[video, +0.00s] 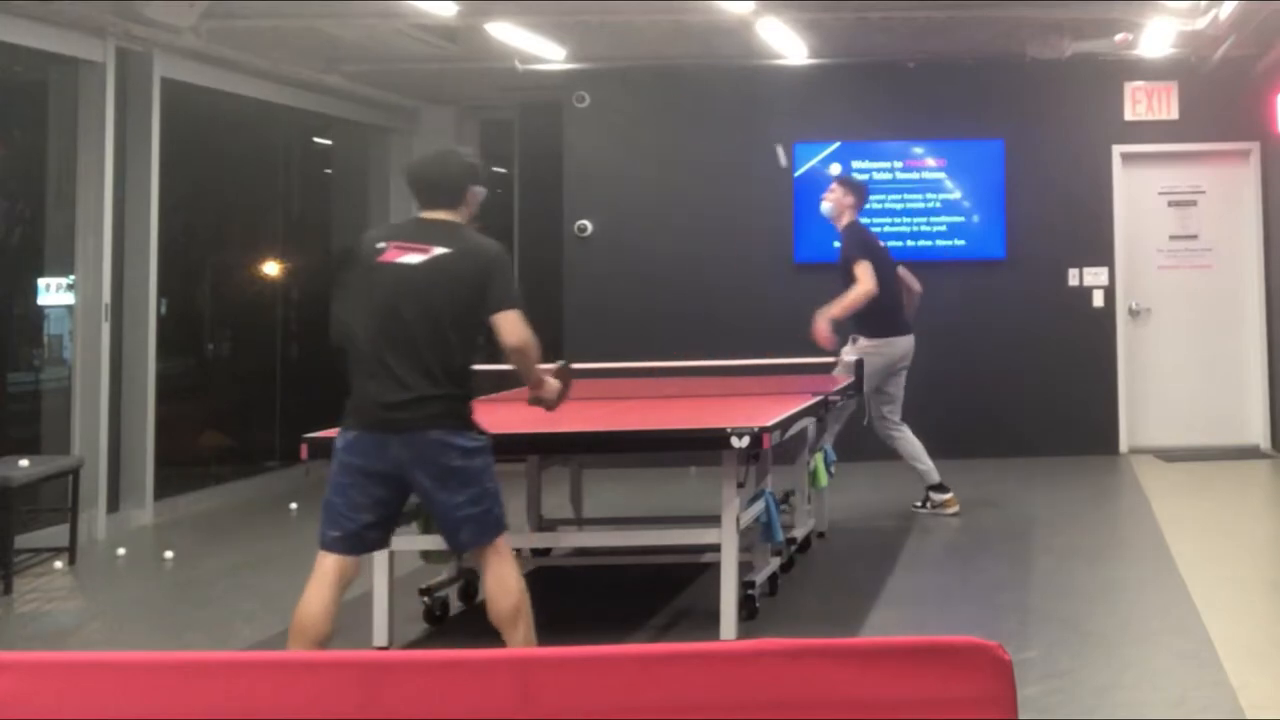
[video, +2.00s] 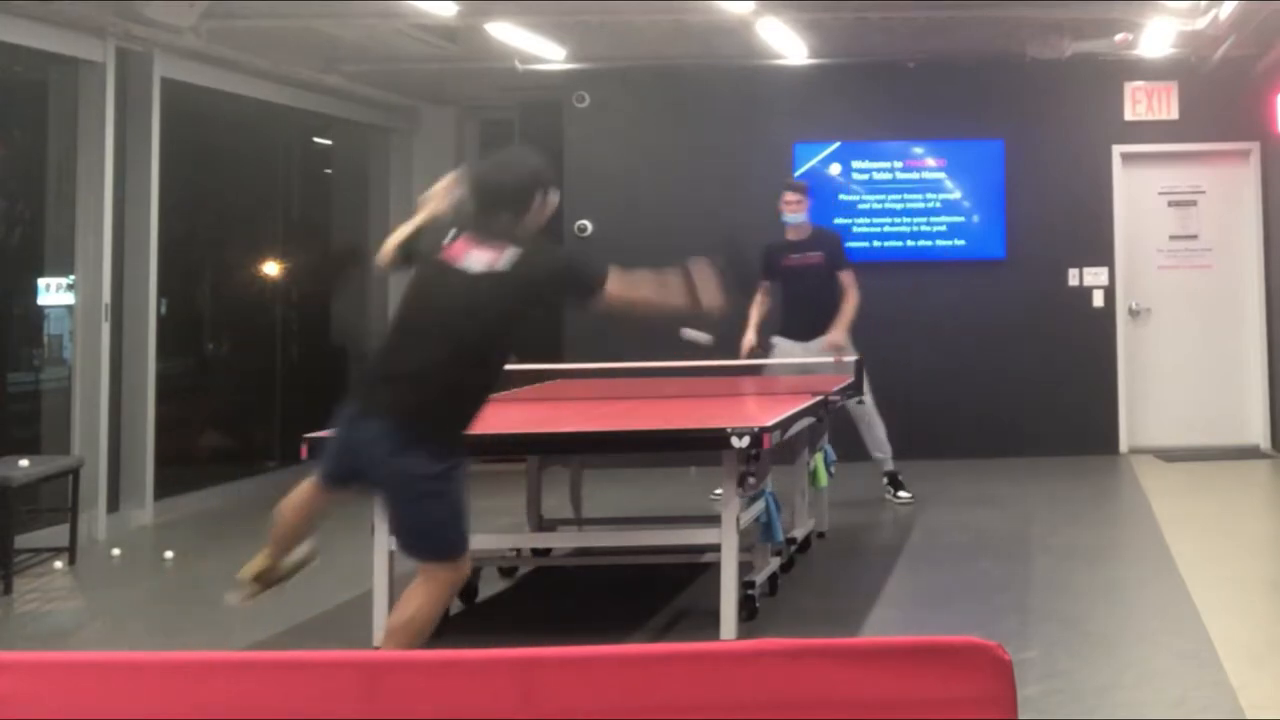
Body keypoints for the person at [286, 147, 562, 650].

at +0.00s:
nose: (481, 201)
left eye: (479, 192)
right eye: (478, 192)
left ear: (418, 195)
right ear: (468, 197)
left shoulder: (372, 245)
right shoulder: (482, 253)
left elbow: (346, 330)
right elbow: (515, 340)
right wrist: (536, 381)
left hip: (365, 433)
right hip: (443, 434)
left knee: (331, 566)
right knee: (493, 553)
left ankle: (288, 694)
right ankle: (530, 678)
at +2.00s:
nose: (553, 207)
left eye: (549, 197)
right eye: (550, 199)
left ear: (479, 198)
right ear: (536, 207)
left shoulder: (440, 243)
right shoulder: (542, 267)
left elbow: (387, 255)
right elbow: (626, 290)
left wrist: (430, 210)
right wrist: (690, 291)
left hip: (364, 417)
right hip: (424, 443)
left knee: (317, 485)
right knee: (443, 566)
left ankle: (267, 561)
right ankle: (377, 672)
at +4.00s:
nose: (663, 237)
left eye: (666, 232)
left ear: (671, 238)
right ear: (723, 245)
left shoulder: (651, 273)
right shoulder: (735, 296)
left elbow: (617, 349)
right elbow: (717, 355)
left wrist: (656, 333)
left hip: (662, 439)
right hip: (722, 439)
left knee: (613, 567)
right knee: (734, 539)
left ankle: (588, 690)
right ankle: (777, 648)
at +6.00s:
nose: (347, 238)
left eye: (349, 226)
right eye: (345, 226)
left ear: (291, 224)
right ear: (322, 227)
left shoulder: (243, 263)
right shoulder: (297, 274)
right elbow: (313, 365)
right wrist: (378, 390)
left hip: (169, 434)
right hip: (221, 439)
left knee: (158, 560)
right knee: (295, 553)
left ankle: (79, 669)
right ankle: (271, 689)